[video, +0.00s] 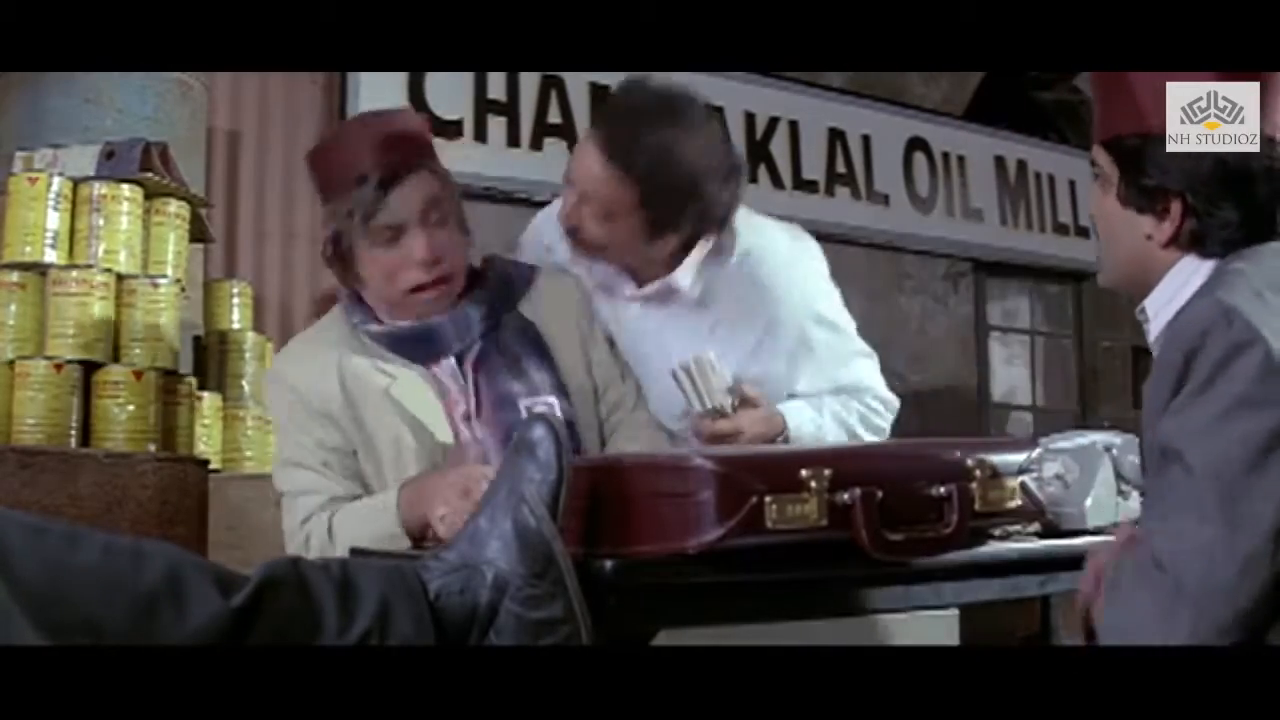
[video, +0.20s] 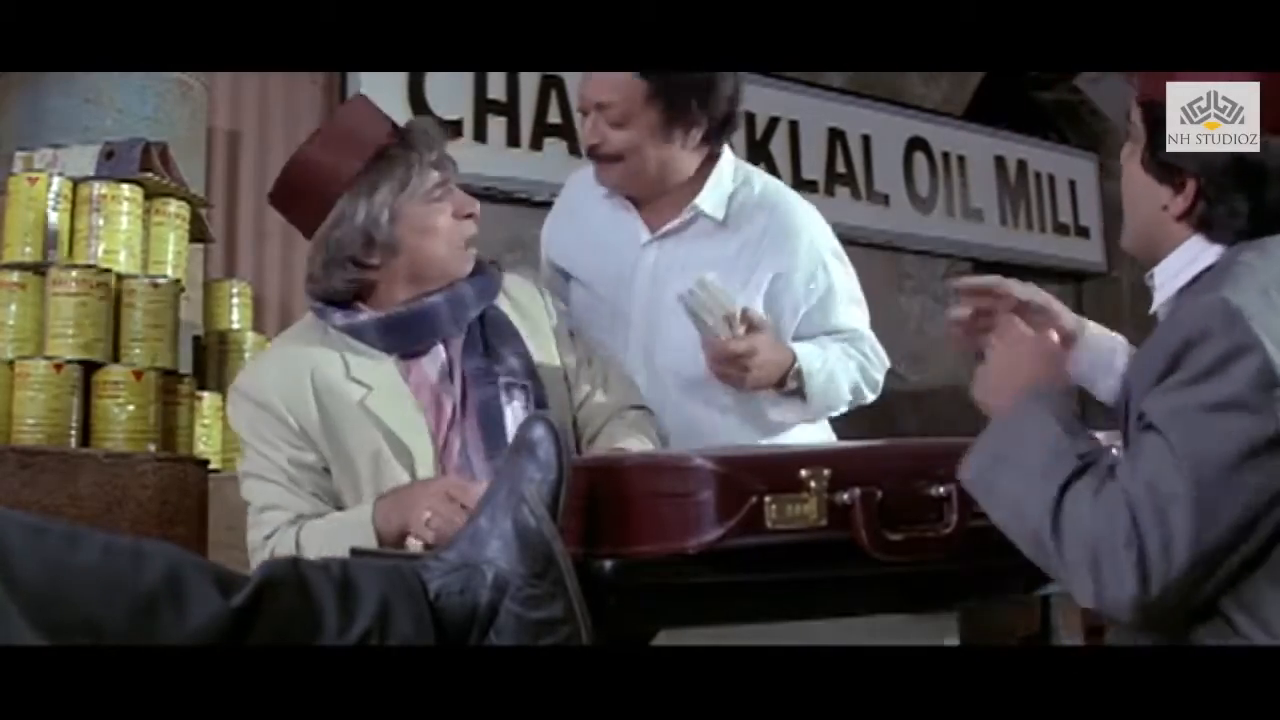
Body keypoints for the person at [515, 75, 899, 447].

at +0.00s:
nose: (565, 216)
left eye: (595, 213)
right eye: (570, 188)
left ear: (670, 229)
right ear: (572, 167)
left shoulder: (779, 272)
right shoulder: (550, 240)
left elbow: (867, 409)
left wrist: (780, 425)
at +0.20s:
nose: (590, 139)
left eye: (614, 121)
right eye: (585, 115)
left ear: (692, 124)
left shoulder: (785, 227)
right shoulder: (578, 201)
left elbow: (860, 361)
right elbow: (553, 337)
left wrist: (789, 366)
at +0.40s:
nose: (597, 113)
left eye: (623, 96)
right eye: (590, 96)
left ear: (694, 100)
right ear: (582, 99)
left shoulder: (776, 203)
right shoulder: (587, 201)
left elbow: (859, 339)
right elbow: (572, 336)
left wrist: (781, 345)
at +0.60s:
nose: (633, 131)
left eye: (656, 108)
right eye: (617, 110)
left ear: (720, 104)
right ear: (606, 110)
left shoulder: (800, 198)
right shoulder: (604, 204)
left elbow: (869, 340)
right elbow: (565, 345)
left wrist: (762, 336)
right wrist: (595, 312)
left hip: (784, 489)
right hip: (645, 485)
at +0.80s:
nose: (617, 123)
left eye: (641, 105)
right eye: (616, 103)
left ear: (716, 123)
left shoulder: (807, 200)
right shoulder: (621, 208)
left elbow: (883, 341)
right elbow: (587, 361)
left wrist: (758, 351)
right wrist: (591, 307)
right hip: (661, 496)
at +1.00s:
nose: (586, 146)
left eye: (610, 128)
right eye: (588, 128)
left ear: (683, 143)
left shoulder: (785, 224)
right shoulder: (592, 260)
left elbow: (865, 363)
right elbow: (576, 390)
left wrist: (750, 374)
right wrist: (611, 434)